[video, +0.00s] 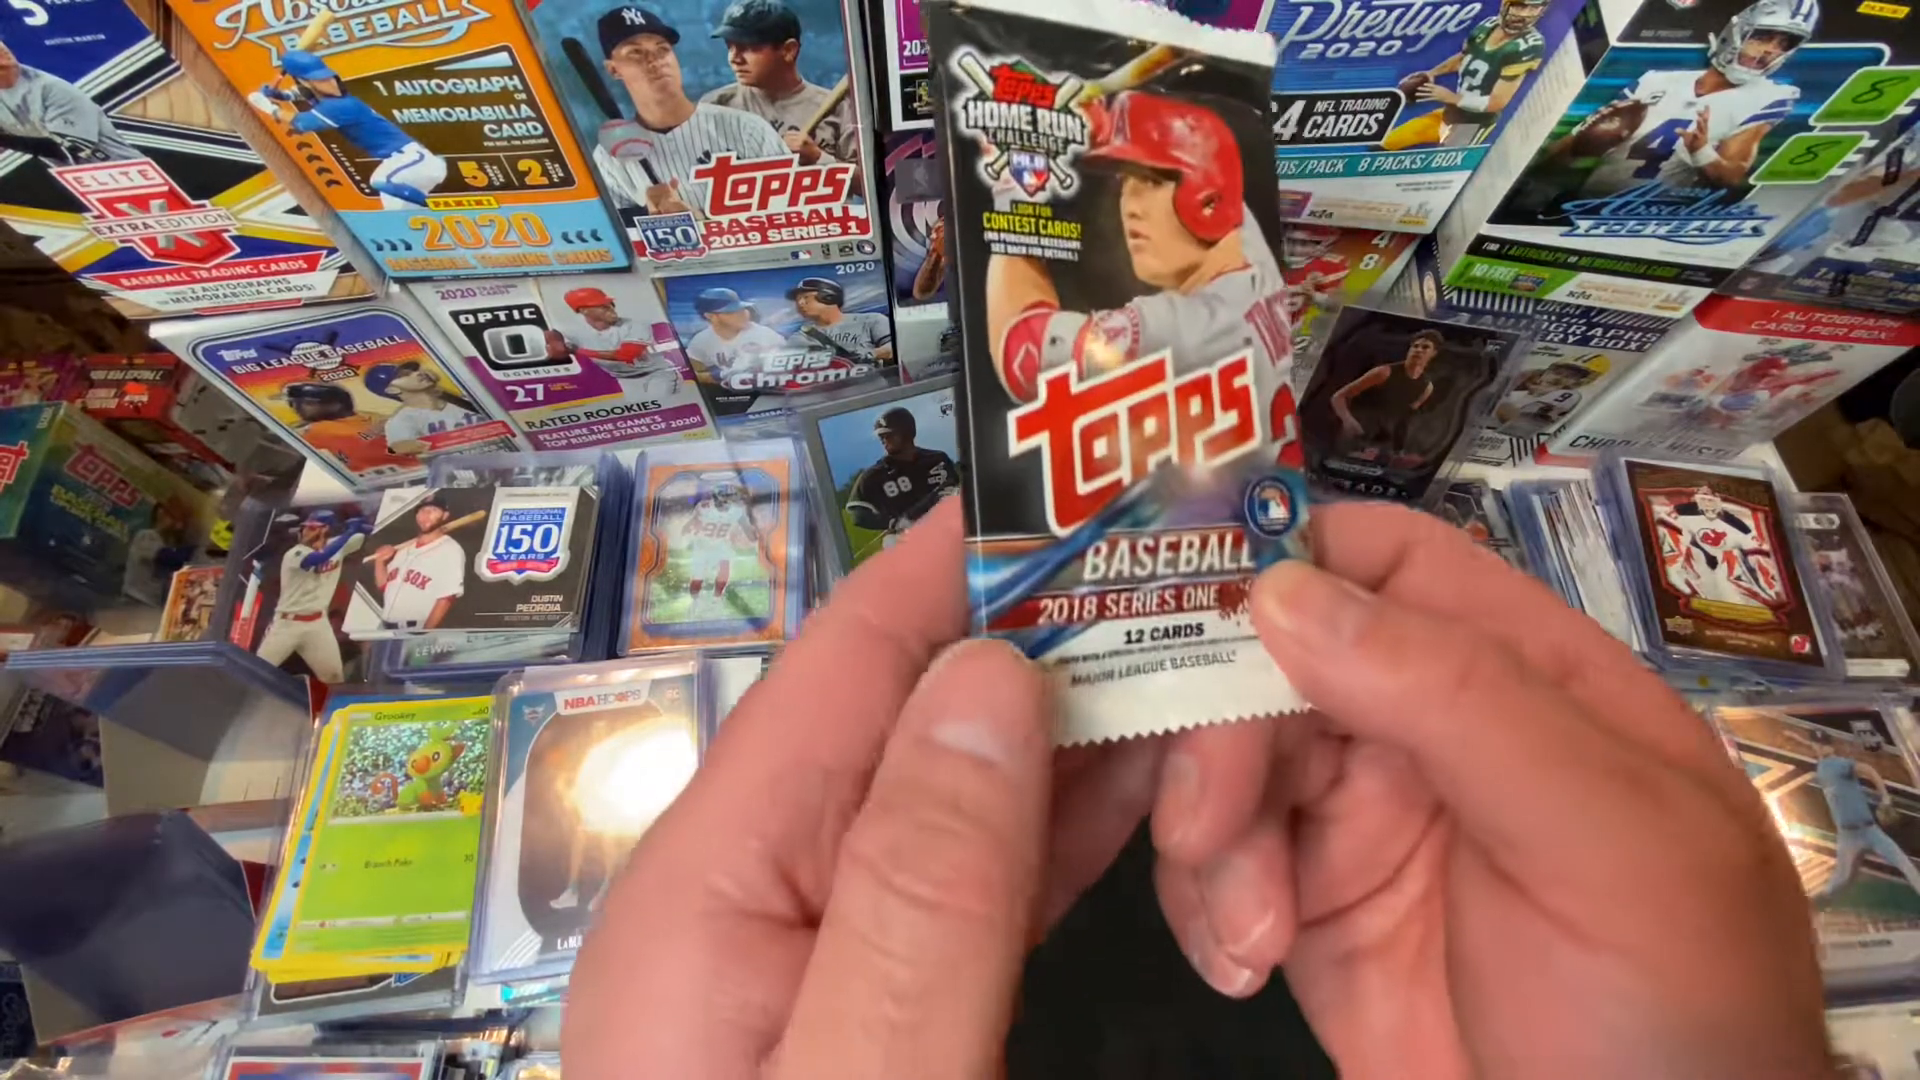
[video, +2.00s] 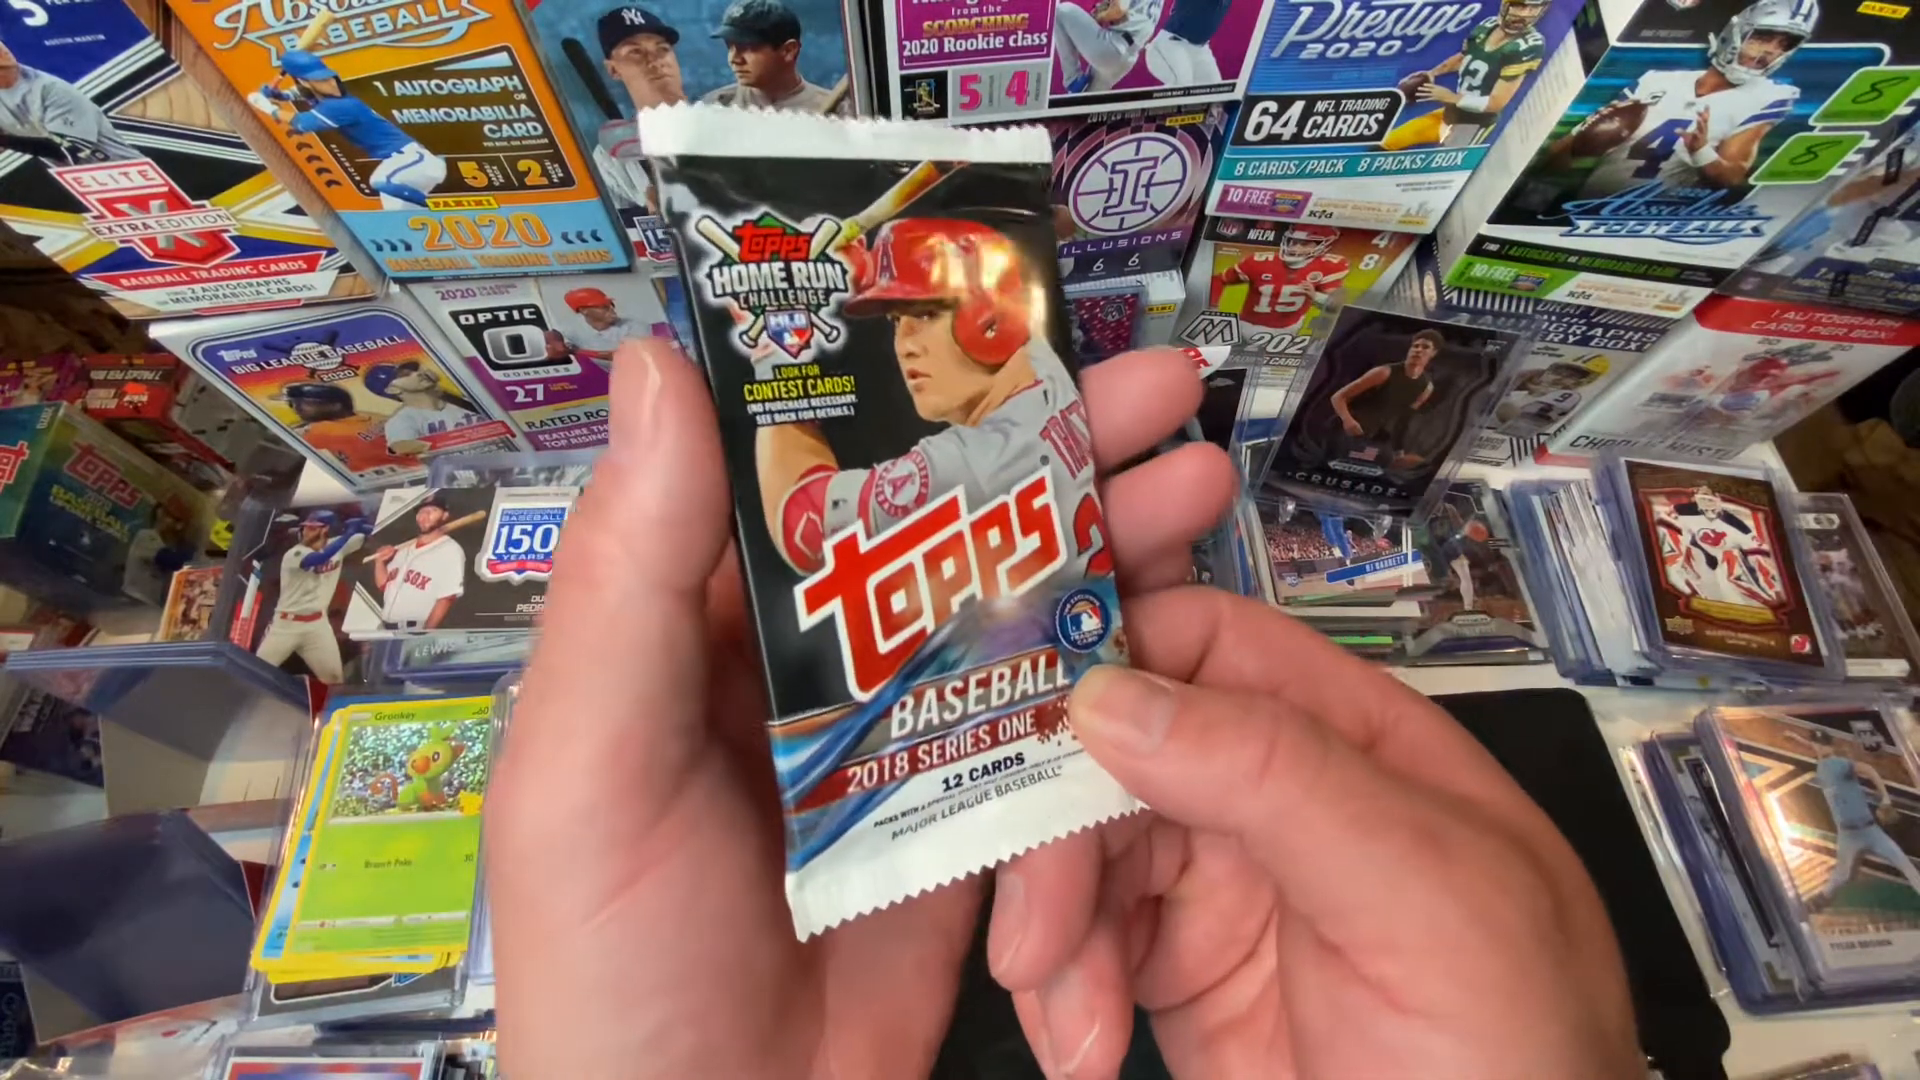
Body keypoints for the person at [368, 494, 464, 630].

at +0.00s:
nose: (425, 516)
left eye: (432, 511)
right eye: (422, 510)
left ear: (445, 515)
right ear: (416, 515)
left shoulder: (451, 550)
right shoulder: (406, 547)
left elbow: (446, 598)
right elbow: (383, 586)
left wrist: (424, 634)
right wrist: (379, 561)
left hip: (415, 632)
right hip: (386, 627)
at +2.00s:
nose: (424, 517)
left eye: (431, 512)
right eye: (421, 512)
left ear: (445, 516)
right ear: (416, 516)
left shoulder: (451, 551)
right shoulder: (405, 548)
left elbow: (446, 599)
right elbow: (382, 585)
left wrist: (425, 633)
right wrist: (379, 561)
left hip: (415, 631)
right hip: (385, 627)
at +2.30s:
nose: (425, 516)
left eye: (432, 511)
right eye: (421, 511)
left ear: (445, 516)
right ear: (416, 516)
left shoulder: (451, 550)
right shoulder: (405, 548)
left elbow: (446, 598)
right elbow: (383, 585)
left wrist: (425, 633)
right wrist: (379, 561)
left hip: (415, 630)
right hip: (385, 627)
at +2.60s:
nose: (425, 516)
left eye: (432, 511)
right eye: (422, 511)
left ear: (445, 516)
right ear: (416, 515)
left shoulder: (451, 550)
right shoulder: (405, 548)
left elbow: (446, 598)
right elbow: (383, 585)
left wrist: (425, 633)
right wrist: (379, 561)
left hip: (415, 630)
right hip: (385, 627)